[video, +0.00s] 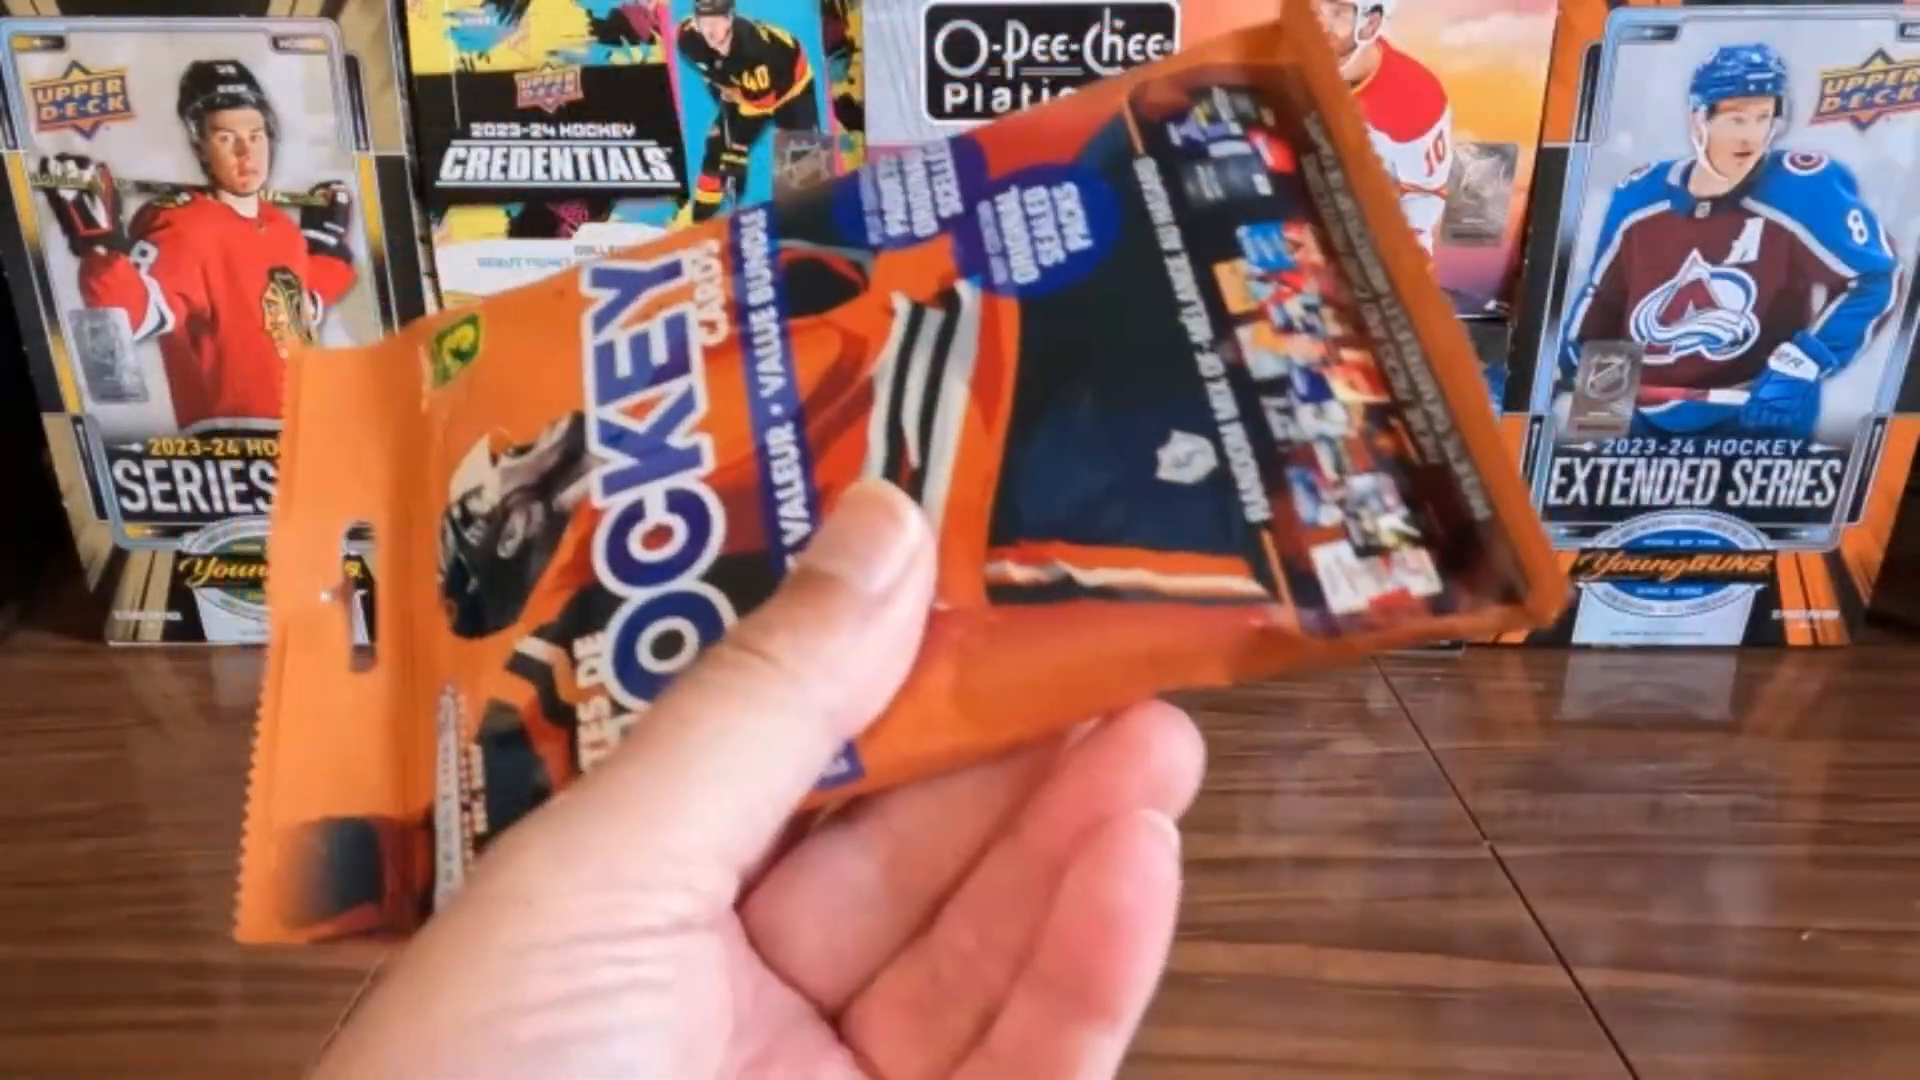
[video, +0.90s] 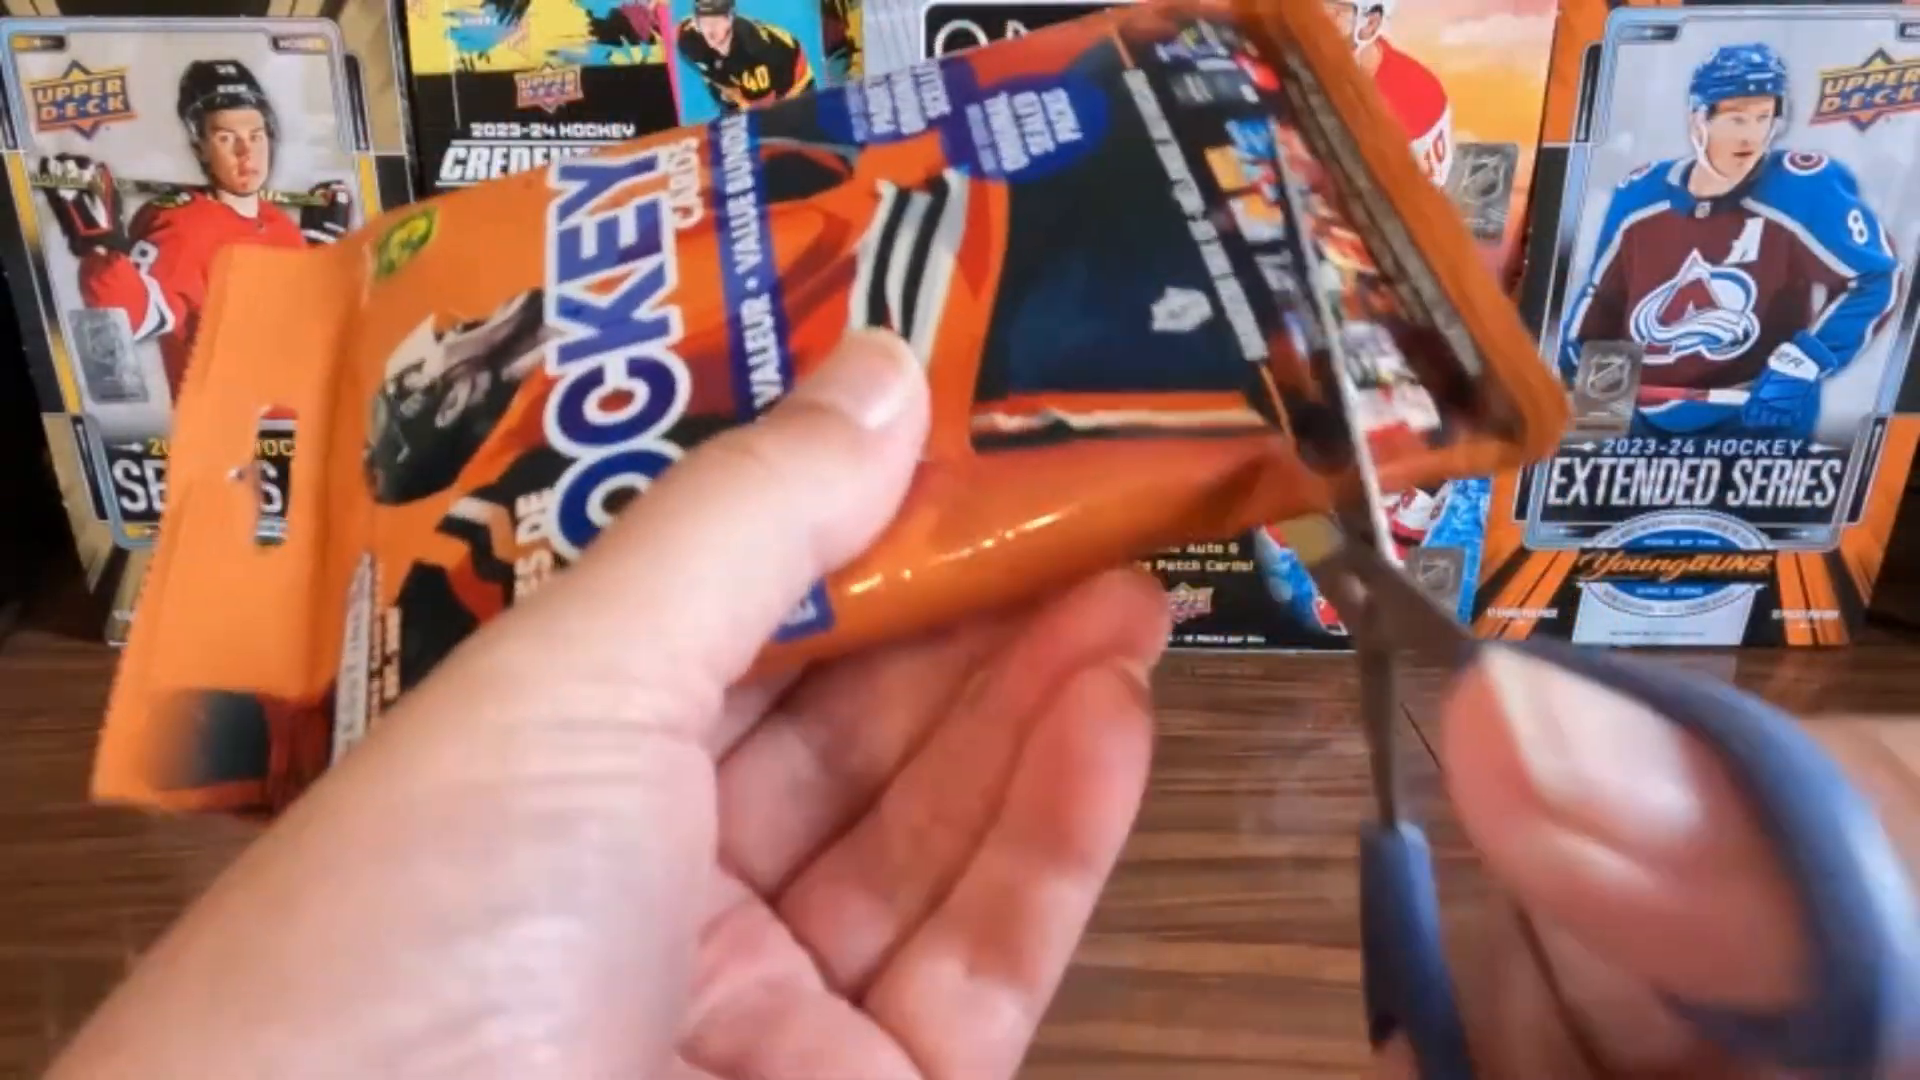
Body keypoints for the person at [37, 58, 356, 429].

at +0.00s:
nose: (246, 150)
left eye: (256, 134)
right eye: (227, 138)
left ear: (270, 139)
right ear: (201, 148)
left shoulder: (281, 227)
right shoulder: (183, 226)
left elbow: (302, 310)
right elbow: (138, 316)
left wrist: (333, 251)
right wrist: (99, 246)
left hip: (305, 425)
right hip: (229, 434)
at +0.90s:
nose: (246, 153)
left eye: (256, 136)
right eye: (226, 138)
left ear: (271, 141)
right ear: (200, 148)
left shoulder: (284, 226)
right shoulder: (183, 227)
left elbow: (316, 318)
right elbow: (139, 319)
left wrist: (330, 244)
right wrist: (101, 248)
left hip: (300, 417)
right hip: (217, 421)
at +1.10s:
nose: (246, 154)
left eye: (255, 135)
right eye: (227, 139)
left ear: (269, 138)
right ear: (200, 148)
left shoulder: (296, 215)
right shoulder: (177, 224)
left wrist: (333, 216)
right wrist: (100, 244)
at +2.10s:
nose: (247, 153)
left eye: (256, 136)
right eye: (228, 139)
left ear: (270, 141)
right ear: (201, 150)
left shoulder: (284, 229)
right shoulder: (179, 228)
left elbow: (312, 318)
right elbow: (153, 334)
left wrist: (331, 252)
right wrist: (102, 254)